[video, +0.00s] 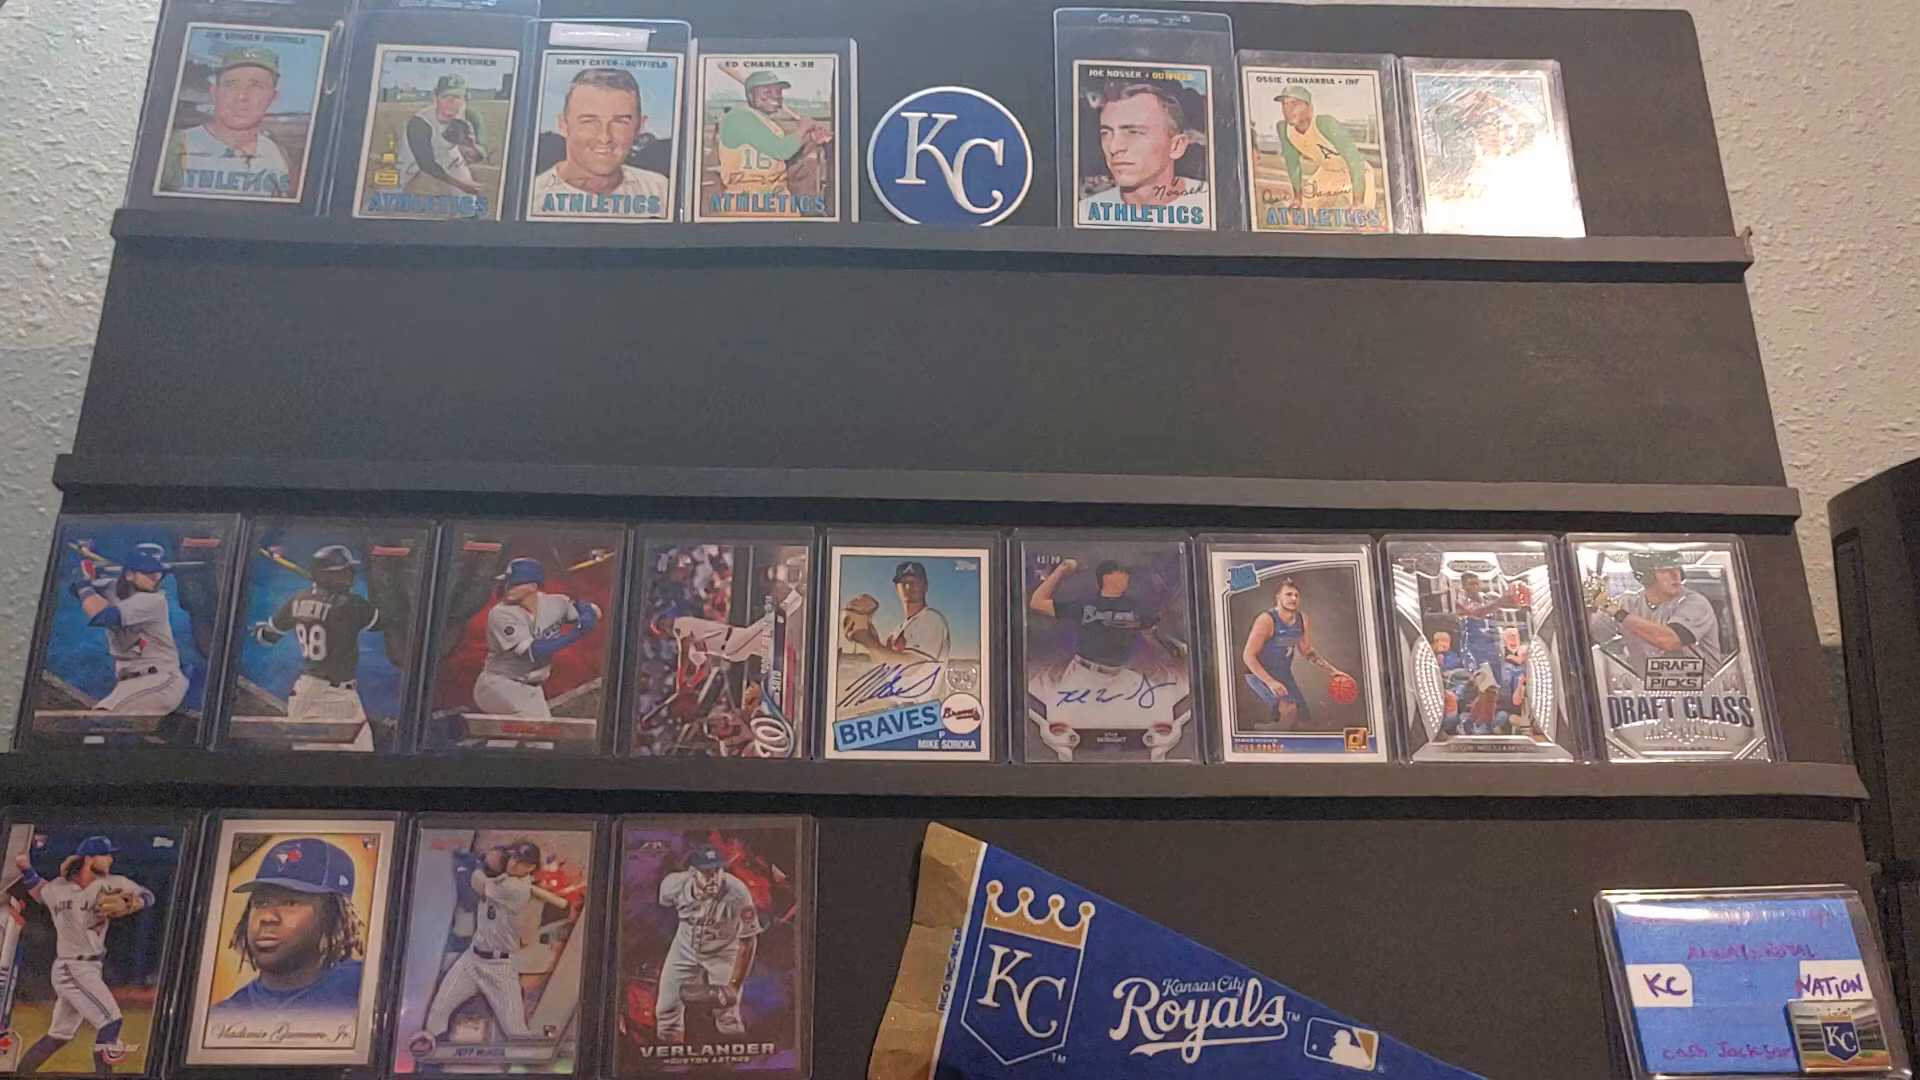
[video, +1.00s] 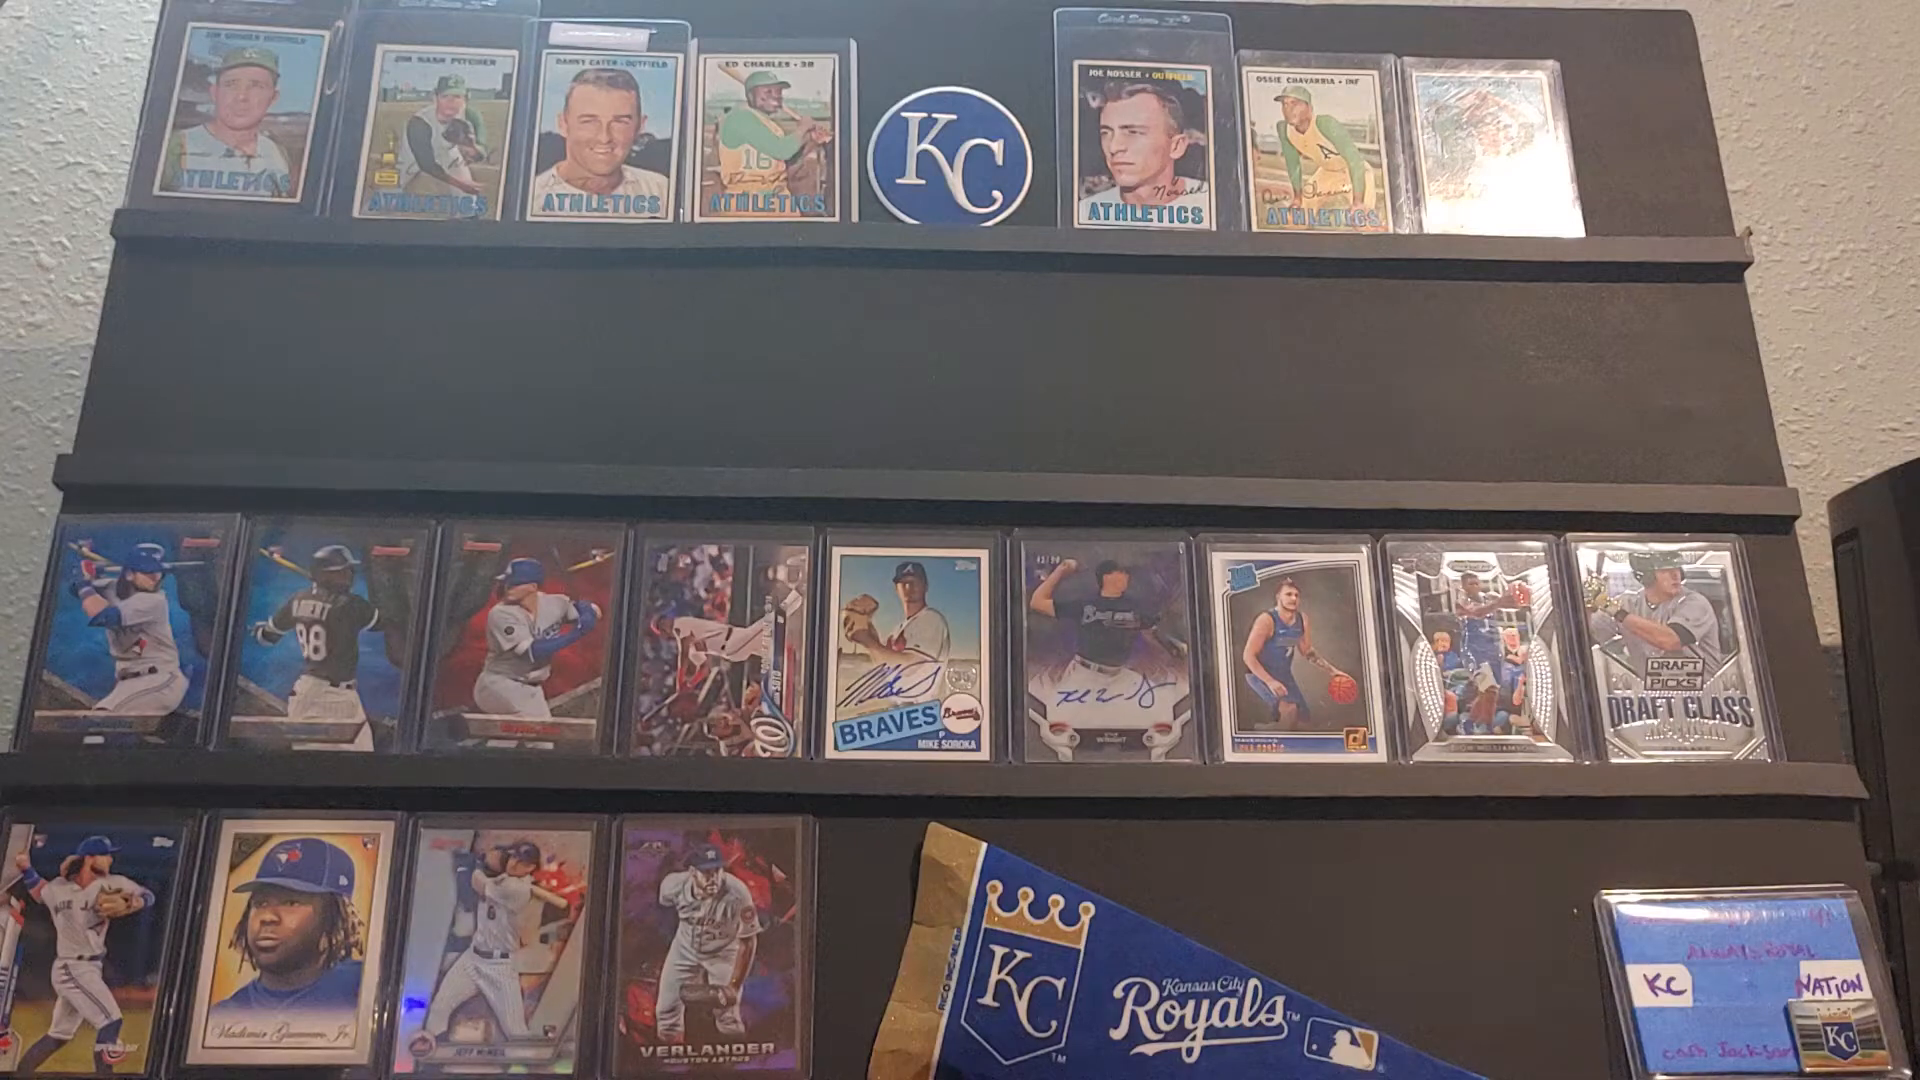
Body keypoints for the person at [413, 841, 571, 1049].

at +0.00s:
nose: (513, 863)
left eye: (520, 861)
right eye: (512, 858)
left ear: (531, 868)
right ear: (508, 858)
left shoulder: (518, 889)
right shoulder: (501, 878)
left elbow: (477, 882)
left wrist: (481, 866)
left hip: (501, 966)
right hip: (472, 958)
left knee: (515, 1031)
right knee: (439, 1007)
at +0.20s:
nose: (514, 863)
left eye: (521, 861)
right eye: (513, 858)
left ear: (532, 868)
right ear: (508, 858)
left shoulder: (518, 889)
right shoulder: (501, 879)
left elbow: (477, 882)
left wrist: (479, 866)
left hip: (500, 966)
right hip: (472, 958)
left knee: (515, 1030)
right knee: (440, 1006)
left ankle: (532, 1071)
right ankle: (427, 1064)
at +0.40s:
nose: (513, 863)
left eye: (520, 861)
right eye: (513, 858)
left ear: (531, 868)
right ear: (509, 858)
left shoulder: (518, 890)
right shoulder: (501, 878)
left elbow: (477, 882)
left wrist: (481, 865)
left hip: (500, 966)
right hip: (472, 958)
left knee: (516, 1029)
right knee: (440, 1006)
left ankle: (531, 1071)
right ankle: (426, 1063)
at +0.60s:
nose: (514, 863)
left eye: (522, 861)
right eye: (513, 857)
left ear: (531, 869)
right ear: (508, 858)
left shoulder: (517, 889)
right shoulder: (501, 879)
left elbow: (478, 882)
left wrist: (477, 866)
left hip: (500, 966)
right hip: (472, 959)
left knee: (515, 1030)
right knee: (439, 1007)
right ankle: (429, 1065)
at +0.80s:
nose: (514, 863)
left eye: (521, 861)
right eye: (513, 857)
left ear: (531, 869)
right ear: (508, 858)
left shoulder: (516, 889)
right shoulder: (501, 880)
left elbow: (478, 883)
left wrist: (477, 866)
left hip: (501, 966)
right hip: (472, 958)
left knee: (515, 1030)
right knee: (440, 1007)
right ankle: (428, 1064)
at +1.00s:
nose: (514, 863)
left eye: (522, 862)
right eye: (514, 858)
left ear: (531, 869)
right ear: (509, 858)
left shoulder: (517, 889)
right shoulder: (499, 879)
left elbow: (478, 883)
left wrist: (478, 867)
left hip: (501, 966)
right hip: (472, 959)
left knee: (515, 1030)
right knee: (439, 1007)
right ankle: (427, 1064)